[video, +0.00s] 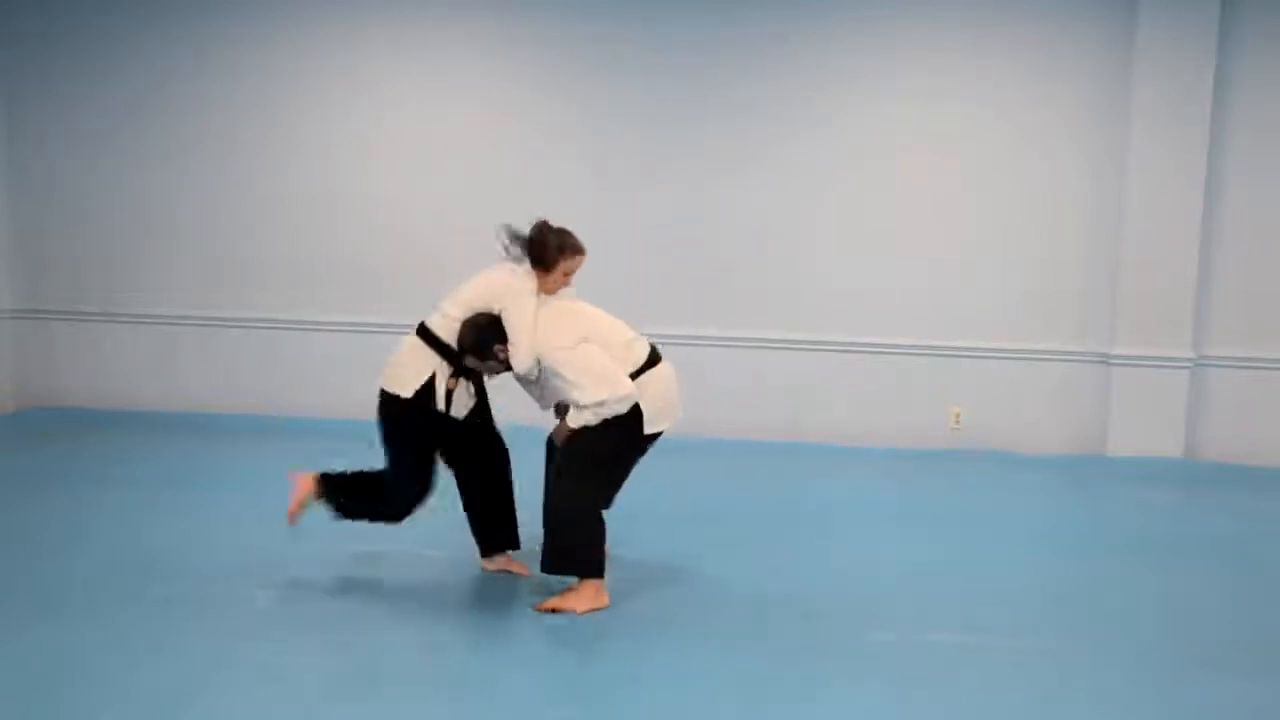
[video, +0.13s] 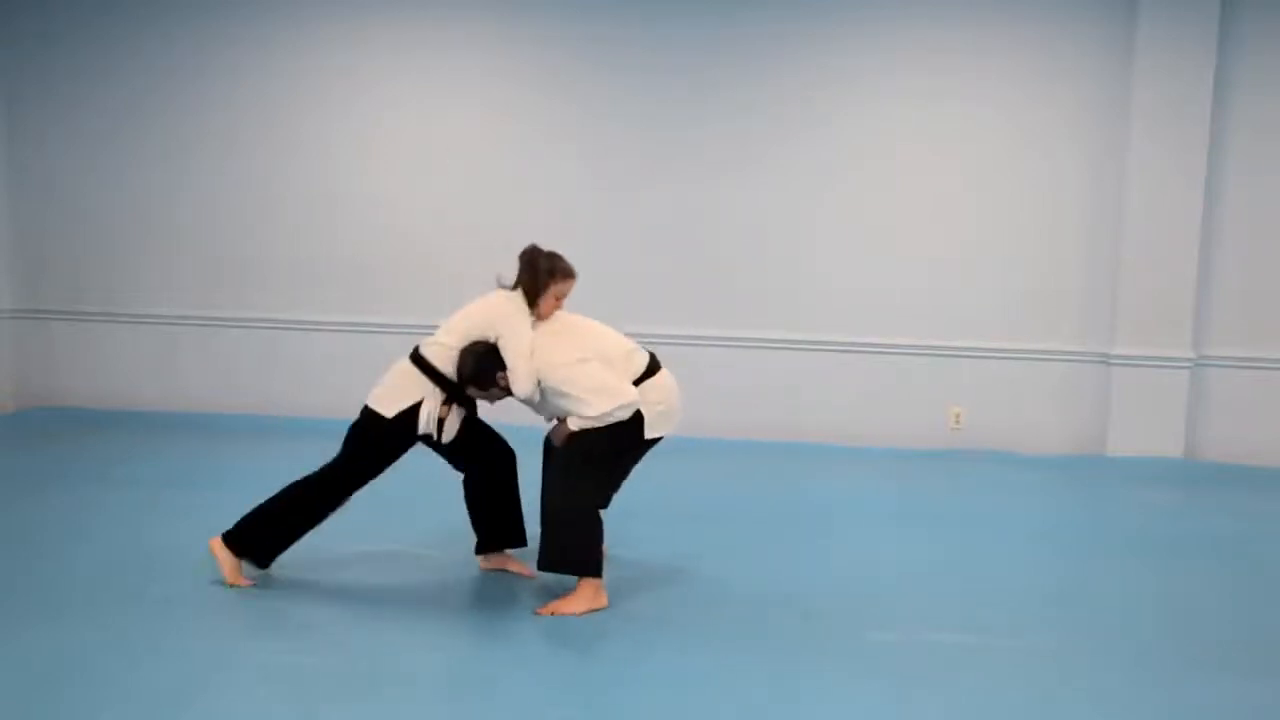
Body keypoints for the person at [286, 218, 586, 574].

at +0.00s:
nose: (571, 282)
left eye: (574, 273)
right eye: (567, 274)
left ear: (546, 264)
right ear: (546, 267)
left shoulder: (527, 287)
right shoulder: (514, 286)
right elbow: (524, 363)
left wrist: (560, 402)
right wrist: (551, 398)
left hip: (460, 388)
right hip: (415, 384)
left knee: (487, 461)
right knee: (405, 491)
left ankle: (495, 553)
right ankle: (320, 487)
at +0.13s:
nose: (562, 306)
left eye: (565, 298)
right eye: (559, 297)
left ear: (537, 287)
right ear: (538, 288)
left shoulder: (514, 308)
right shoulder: (511, 311)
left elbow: (516, 380)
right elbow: (522, 387)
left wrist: (560, 407)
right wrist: (556, 410)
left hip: (439, 405)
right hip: (407, 399)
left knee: (494, 457)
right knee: (340, 479)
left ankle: (494, 550)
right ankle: (233, 544)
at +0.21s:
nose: (552, 314)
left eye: (554, 305)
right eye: (547, 305)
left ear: (523, 299)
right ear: (524, 300)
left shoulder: (502, 322)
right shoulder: (501, 324)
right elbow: (521, 397)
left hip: (438, 423)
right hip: (402, 417)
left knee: (500, 461)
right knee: (329, 483)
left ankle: (499, 552)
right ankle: (226, 552)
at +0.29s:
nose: (549, 305)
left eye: (552, 297)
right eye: (546, 296)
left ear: (521, 291)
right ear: (520, 290)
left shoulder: (497, 321)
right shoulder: (500, 322)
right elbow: (517, 395)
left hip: (444, 421)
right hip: (410, 417)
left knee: (506, 461)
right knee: (338, 489)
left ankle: (500, 553)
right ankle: (229, 549)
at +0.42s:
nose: (550, 256)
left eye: (551, 248)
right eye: (545, 248)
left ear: (519, 247)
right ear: (518, 247)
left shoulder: (504, 281)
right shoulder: (507, 283)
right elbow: (510, 360)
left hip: (466, 393)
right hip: (429, 391)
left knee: (511, 459)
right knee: (387, 490)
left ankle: (501, 553)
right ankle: (282, 533)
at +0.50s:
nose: (535, 230)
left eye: (536, 222)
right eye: (530, 222)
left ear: (508, 219)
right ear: (504, 219)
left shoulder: (493, 256)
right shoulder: (498, 262)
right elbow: (511, 334)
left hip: (473, 379)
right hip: (438, 380)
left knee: (507, 455)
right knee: (448, 481)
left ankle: (500, 553)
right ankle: (362, 514)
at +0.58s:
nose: (524, 216)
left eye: (526, 207)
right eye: (518, 208)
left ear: (498, 206)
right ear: (492, 204)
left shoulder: (497, 241)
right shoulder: (483, 242)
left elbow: (522, 301)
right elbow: (516, 310)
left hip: (465, 364)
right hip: (441, 367)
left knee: (499, 443)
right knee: (508, 432)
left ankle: (499, 551)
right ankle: (450, 487)